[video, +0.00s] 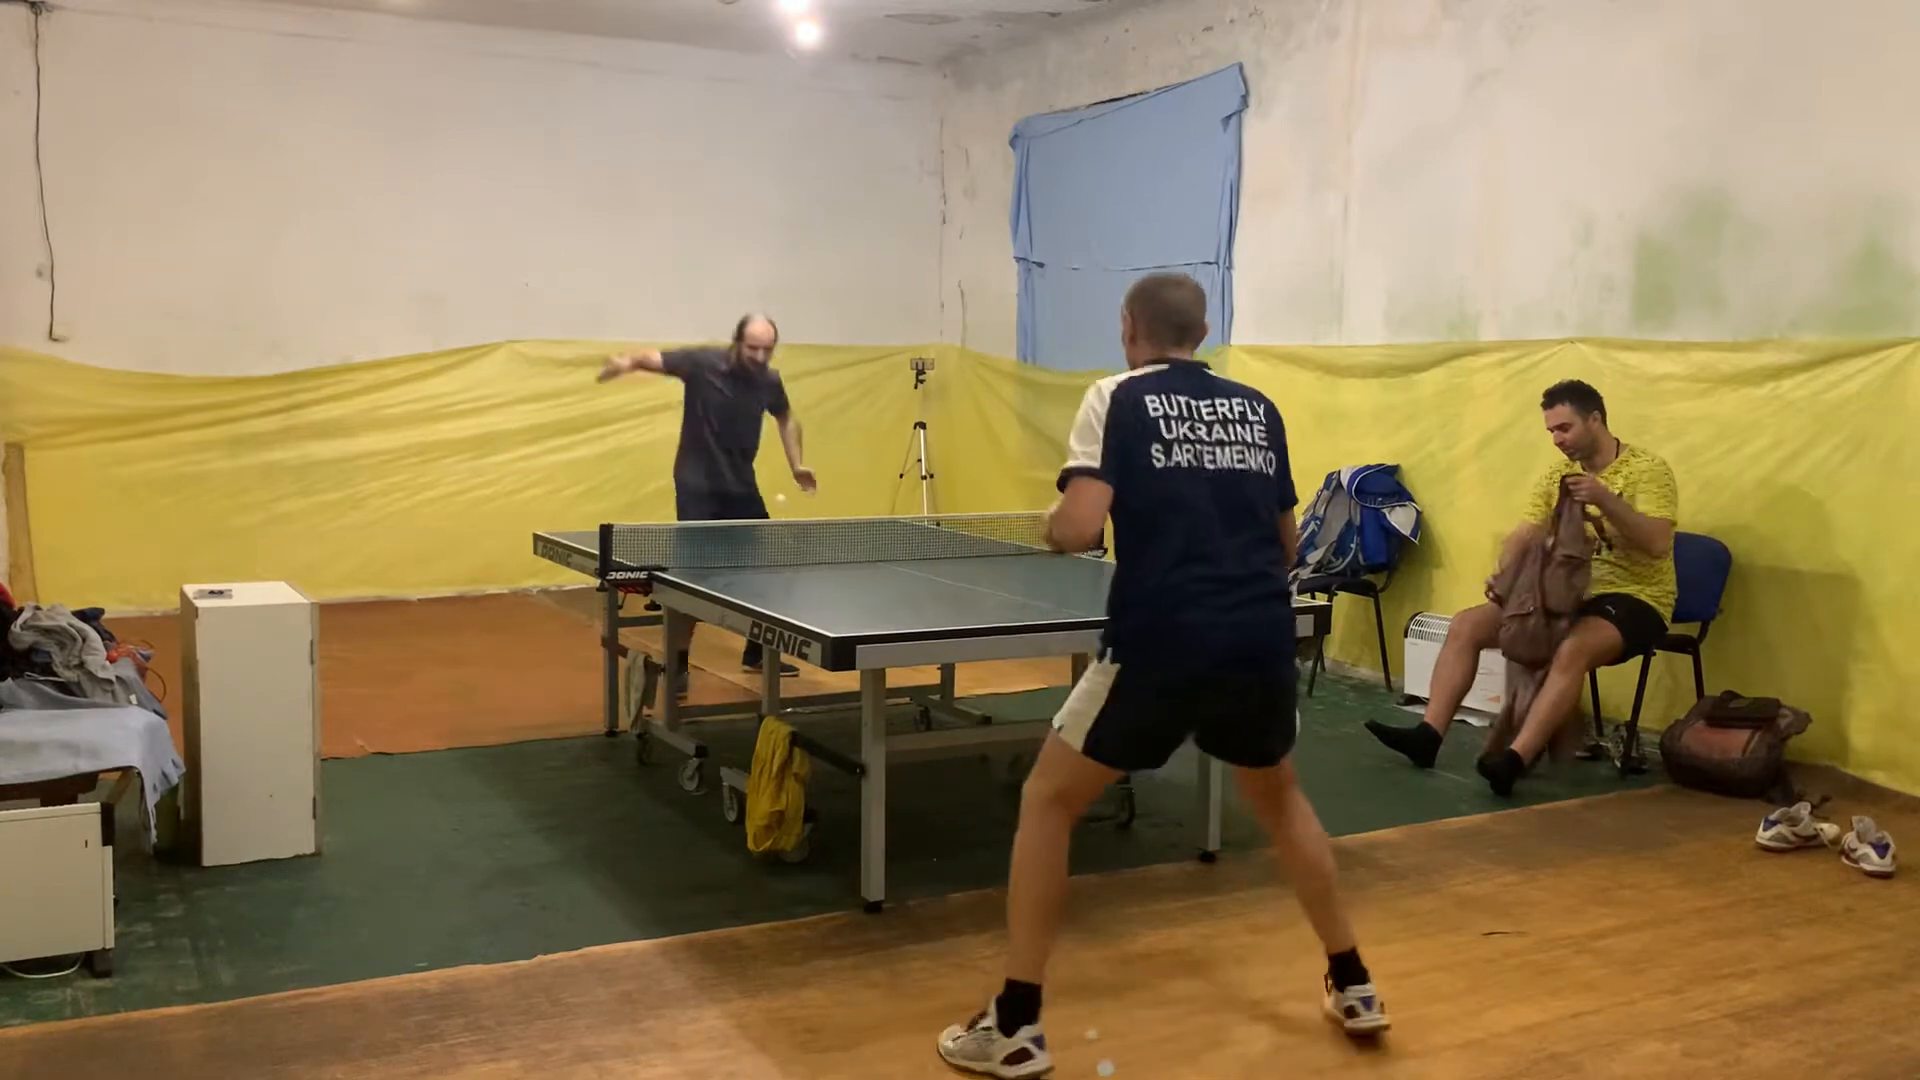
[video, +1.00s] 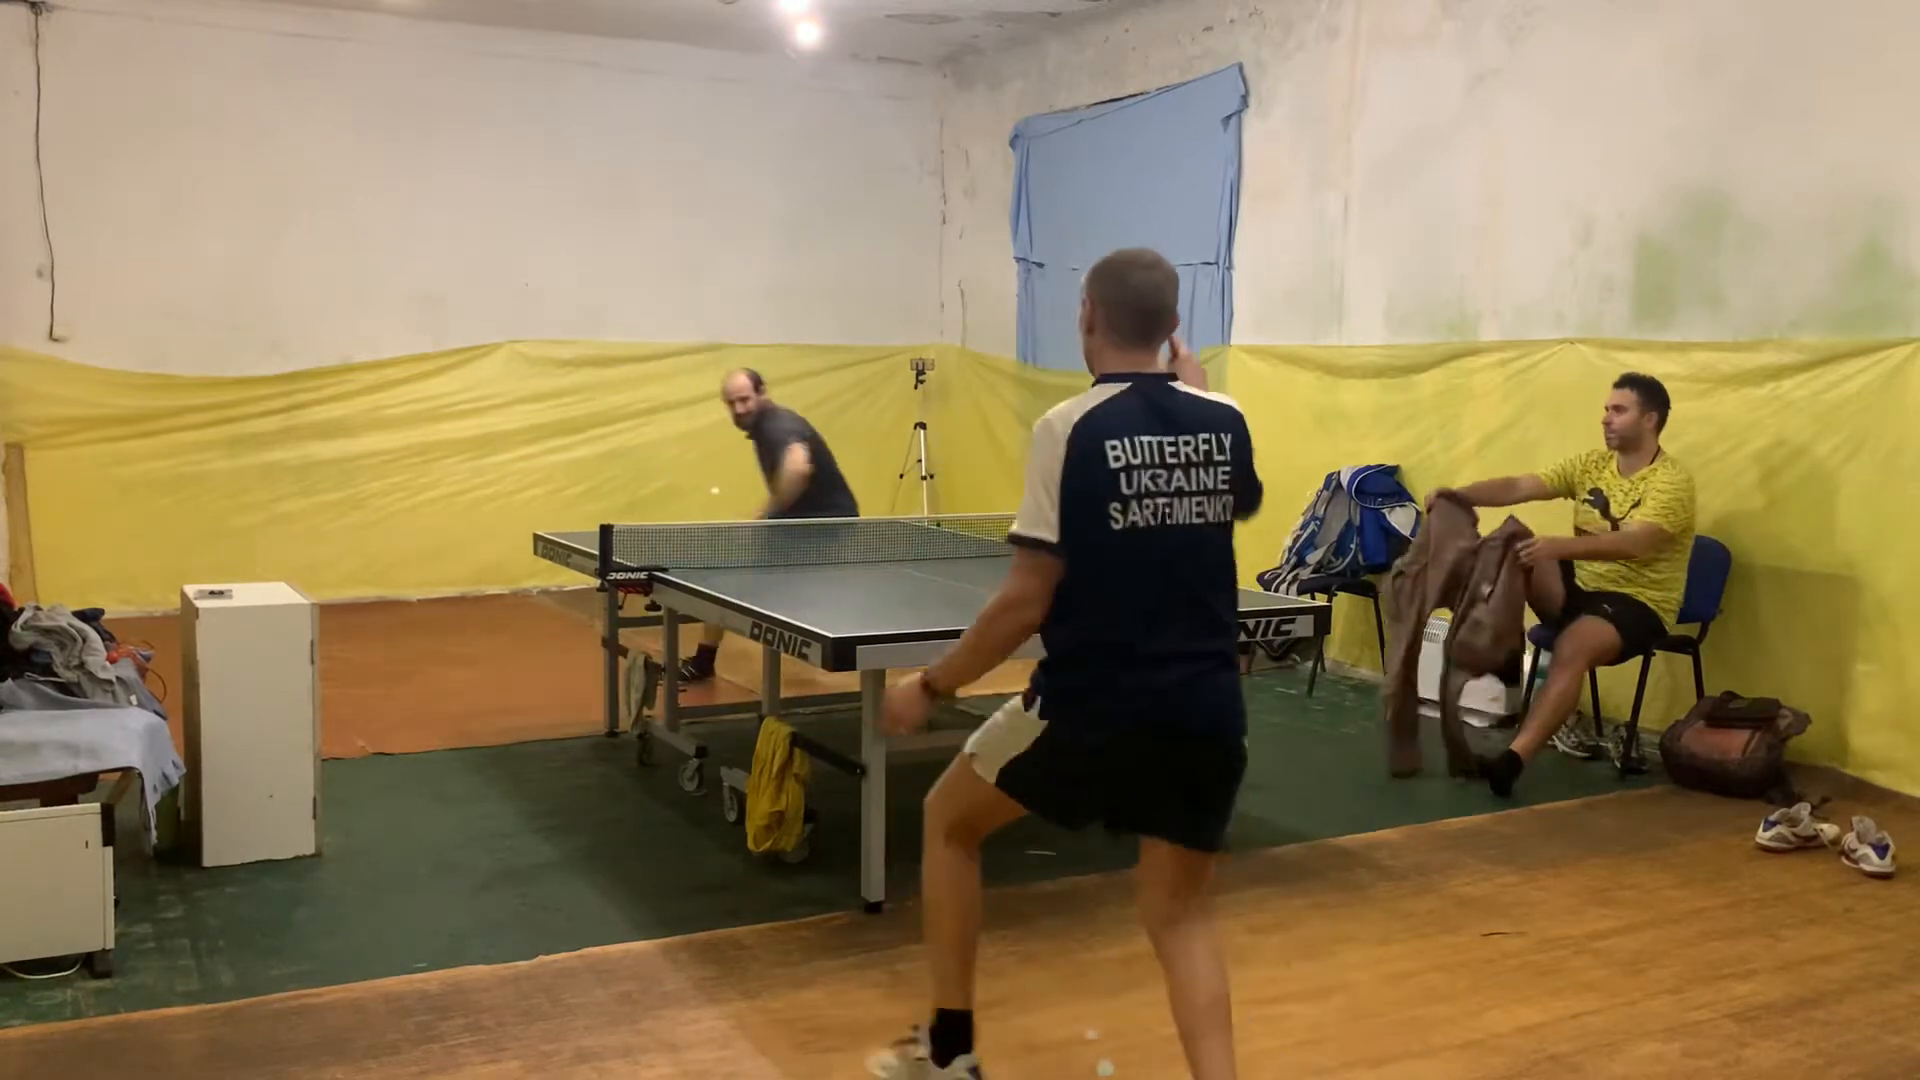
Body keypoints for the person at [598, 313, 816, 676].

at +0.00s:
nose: (758, 355)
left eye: (766, 349)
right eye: (752, 347)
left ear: (773, 348)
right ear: (737, 341)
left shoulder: (769, 381)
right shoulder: (705, 363)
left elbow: (786, 419)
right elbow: (650, 360)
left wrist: (796, 465)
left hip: (742, 491)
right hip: (697, 490)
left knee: (769, 566)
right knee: (693, 575)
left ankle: (758, 647)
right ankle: (678, 662)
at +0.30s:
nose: (705, 337)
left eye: (712, 329)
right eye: (697, 329)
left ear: (722, 330)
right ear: (683, 330)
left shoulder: (737, 372)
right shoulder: (658, 368)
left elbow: (762, 417)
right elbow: (615, 396)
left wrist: (758, 458)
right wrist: (609, 410)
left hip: (719, 493)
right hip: (667, 493)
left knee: (737, 570)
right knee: (643, 577)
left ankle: (737, 651)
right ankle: (624, 661)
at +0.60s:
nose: (683, 345)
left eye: (690, 335)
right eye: (675, 337)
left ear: (701, 333)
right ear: (663, 339)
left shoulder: (731, 371)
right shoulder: (657, 383)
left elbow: (777, 412)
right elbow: (637, 424)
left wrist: (758, 453)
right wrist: (630, 448)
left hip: (734, 494)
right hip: (681, 496)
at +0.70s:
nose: (687, 353)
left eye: (693, 344)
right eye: (678, 346)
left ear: (705, 341)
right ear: (667, 348)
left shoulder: (734, 370)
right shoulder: (669, 391)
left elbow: (770, 411)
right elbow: (656, 437)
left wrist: (734, 448)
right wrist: (644, 462)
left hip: (761, 481)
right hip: (713, 485)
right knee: (683, 550)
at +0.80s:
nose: (698, 373)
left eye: (704, 364)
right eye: (689, 366)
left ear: (716, 361)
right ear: (679, 369)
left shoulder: (741, 388)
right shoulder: (690, 409)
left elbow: (742, 423)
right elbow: (691, 461)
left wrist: (692, 451)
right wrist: (678, 495)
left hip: (781, 500)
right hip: (734, 499)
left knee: (787, 580)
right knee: (690, 564)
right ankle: (700, 657)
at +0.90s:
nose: (712, 397)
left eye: (718, 388)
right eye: (704, 391)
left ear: (733, 385)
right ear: (697, 392)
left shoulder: (754, 411)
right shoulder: (719, 422)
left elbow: (738, 450)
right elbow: (739, 472)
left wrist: (690, 479)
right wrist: (743, 513)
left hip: (800, 518)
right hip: (755, 518)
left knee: (822, 586)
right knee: (697, 572)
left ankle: (848, 655)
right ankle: (701, 660)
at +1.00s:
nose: (738, 410)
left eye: (744, 400)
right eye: (731, 403)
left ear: (762, 395)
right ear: (725, 404)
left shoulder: (779, 423)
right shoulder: (763, 427)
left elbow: (798, 469)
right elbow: (785, 478)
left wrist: (768, 513)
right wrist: (770, 514)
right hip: (800, 525)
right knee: (722, 567)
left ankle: (704, 659)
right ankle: (704, 658)